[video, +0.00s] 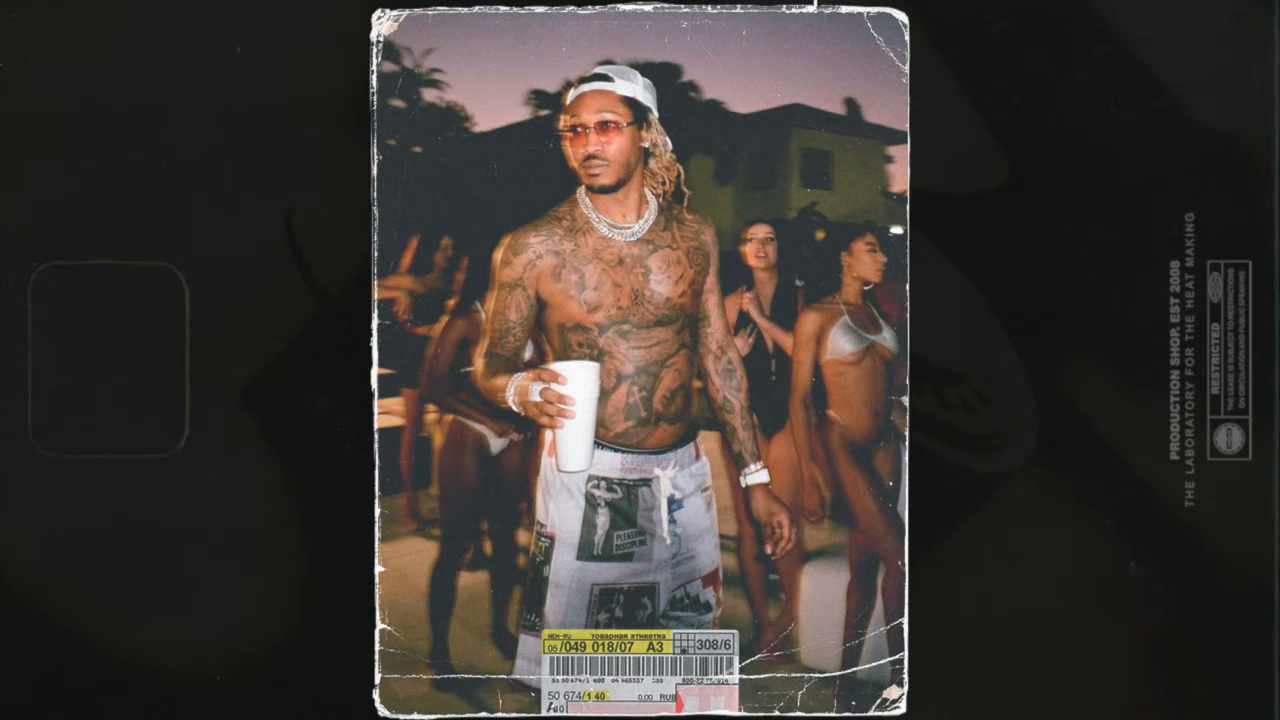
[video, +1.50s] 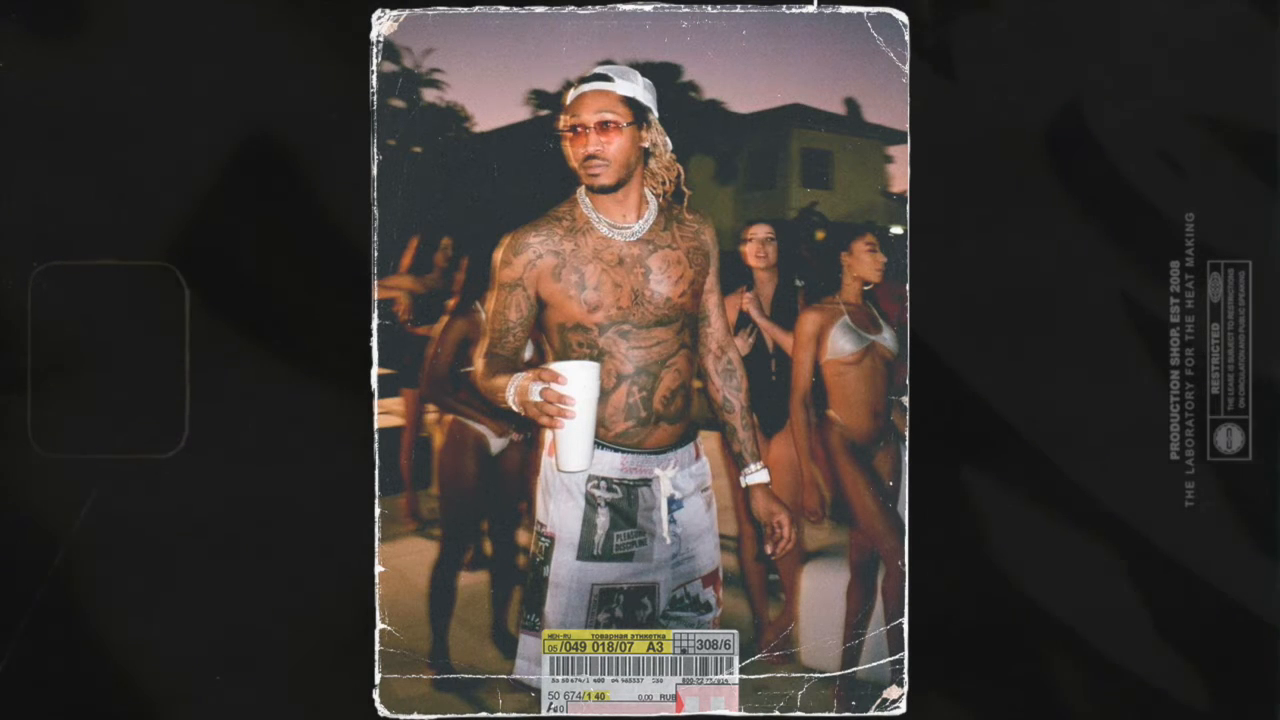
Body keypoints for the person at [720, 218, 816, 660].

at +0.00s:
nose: (759, 249)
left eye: (767, 242)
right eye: (752, 242)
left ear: (781, 249)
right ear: (740, 250)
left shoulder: (797, 296)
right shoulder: (731, 300)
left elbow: (803, 351)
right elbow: (714, 365)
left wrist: (761, 318)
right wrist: (735, 344)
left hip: (784, 420)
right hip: (739, 421)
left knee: (783, 521)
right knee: (748, 526)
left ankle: (793, 613)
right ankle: (762, 621)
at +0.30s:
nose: (759, 249)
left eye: (768, 242)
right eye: (752, 242)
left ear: (781, 249)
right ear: (741, 250)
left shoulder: (798, 295)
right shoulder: (732, 300)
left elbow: (805, 352)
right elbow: (714, 364)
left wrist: (762, 319)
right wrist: (734, 344)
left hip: (785, 419)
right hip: (739, 419)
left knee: (784, 521)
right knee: (749, 526)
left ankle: (794, 613)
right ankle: (763, 623)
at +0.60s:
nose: (760, 249)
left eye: (768, 242)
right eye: (752, 241)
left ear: (781, 249)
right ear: (741, 250)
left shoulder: (797, 296)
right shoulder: (730, 300)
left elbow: (803, 352)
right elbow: (712, 363)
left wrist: (762, 318)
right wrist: (733, 346)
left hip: (783, 419)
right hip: (738, 420)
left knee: (784, 521)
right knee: (749, 526)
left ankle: (793, 615)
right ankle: (762, 622)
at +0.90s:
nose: (760, 249)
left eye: (768, 242)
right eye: (752, 241)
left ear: (781, 249)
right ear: (741, 250)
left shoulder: (797, 296)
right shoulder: (730, 300)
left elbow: (804, 352)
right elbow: (712, 364)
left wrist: (762, 318)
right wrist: (733, 347)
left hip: (784, 419)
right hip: (738, 420)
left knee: (784, 521)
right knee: (749, 526)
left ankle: (793, 614)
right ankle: (762, 622)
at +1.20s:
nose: (760, 249)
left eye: (768, 241)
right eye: (752, 242)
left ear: (781, 249)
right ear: (741, 250)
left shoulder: (798, 296)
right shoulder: (732, 300)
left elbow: (804, 352)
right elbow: (714, 364)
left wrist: (762, 319)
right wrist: (734, 345)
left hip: (784, 419)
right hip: (738, 420)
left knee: (785, 521)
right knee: (749, 527)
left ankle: (794, 613)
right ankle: (763, 622)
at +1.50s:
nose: (760, 249)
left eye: (768, 242)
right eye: (752, 242)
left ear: (781, 249)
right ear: (741, 250)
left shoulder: (798, 296)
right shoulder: (731, 301)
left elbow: (804, 352)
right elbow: (713, 365)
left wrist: (761, 319)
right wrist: (733, 348)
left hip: (784, 419)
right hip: (739, 420)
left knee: (784, 521)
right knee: (749, 527)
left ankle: (793, 613)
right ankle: (762, 622)